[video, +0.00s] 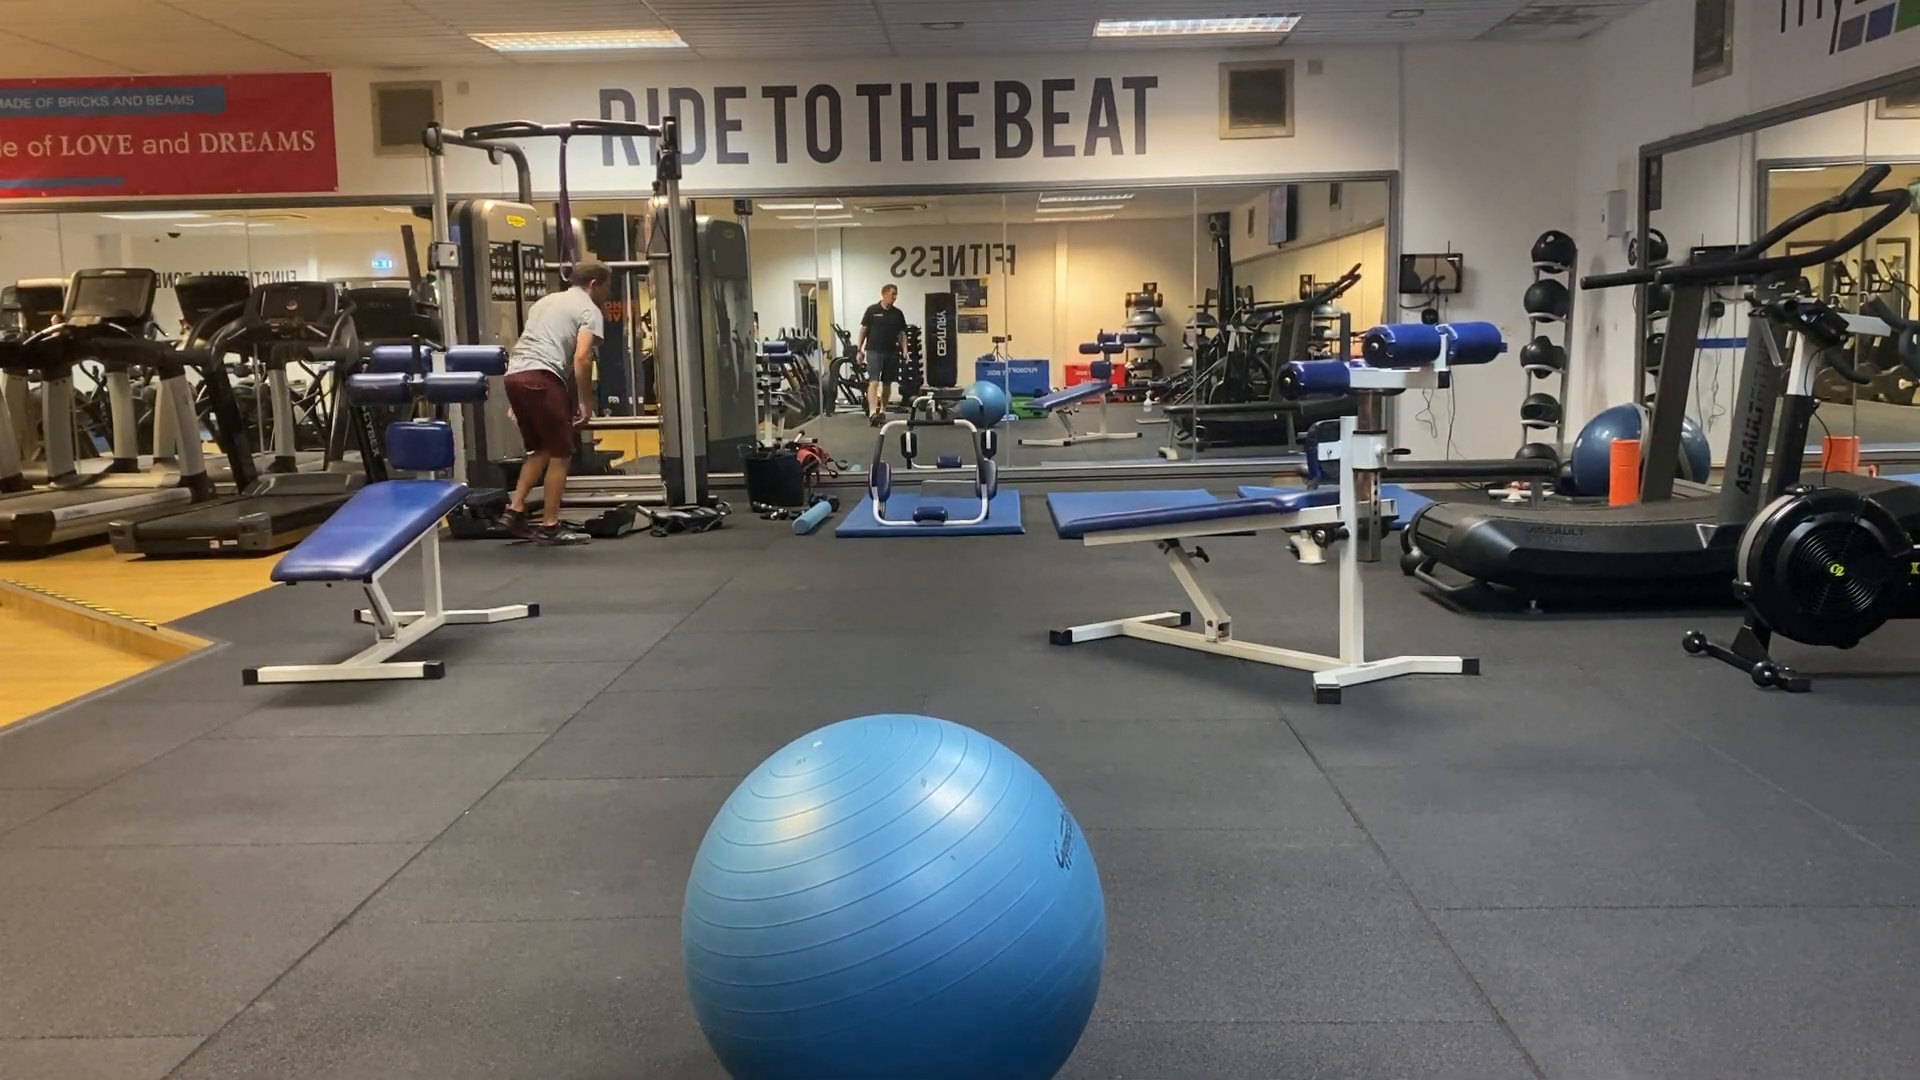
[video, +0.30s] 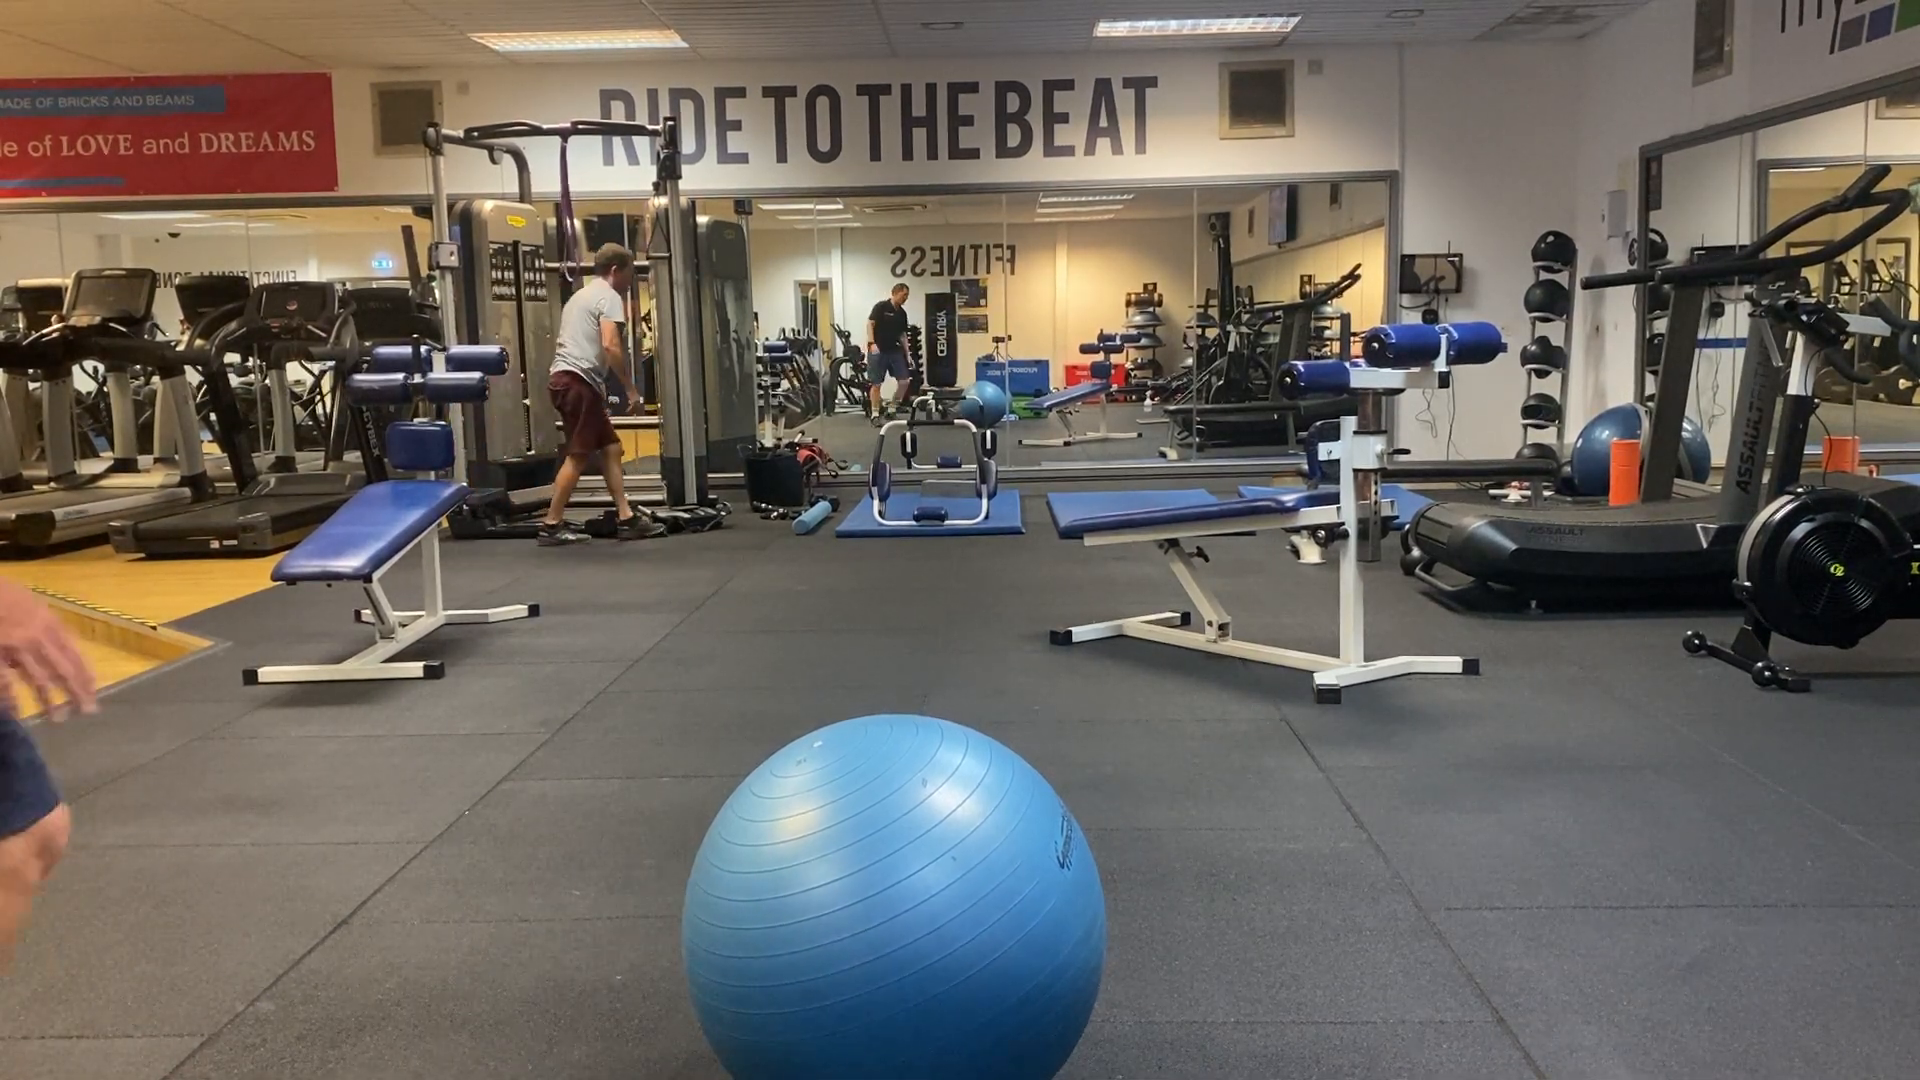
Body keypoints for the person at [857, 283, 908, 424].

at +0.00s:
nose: (895, 297)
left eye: (896, 295)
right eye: (892, 294)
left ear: (895, 296)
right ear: (884, 294)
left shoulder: (898, 313)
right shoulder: (872, 310)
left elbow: (902, 334)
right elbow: (863, 330)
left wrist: (905, 351)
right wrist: (859, 349)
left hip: (891, 352)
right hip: (874, 351)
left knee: (887, 383)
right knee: (874, 382)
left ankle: (883, 411)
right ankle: (873, 413)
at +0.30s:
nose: (906, 298)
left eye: (907, 296)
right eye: (904, 295)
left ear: (904, 296)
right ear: (895, 293)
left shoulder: (902, 313)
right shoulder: (880, 307)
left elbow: (903, 336)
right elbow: (870, 324)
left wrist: (908, 355)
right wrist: (871, 343)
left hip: (895, 350)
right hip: (878, 349)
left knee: (904, 380)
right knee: (876, 384)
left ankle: (892, 409)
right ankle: (875, 414)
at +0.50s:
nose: (922, 309)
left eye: (923, 306)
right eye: (921, 306)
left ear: (918, 305)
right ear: (913, 302)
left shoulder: (915, 324)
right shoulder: (894, 311)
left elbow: (917, 346)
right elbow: (880, 326)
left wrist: (926, 361)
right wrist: (884, 343)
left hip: (899, 353)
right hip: (881, 350)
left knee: (904, 383)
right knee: (877, 385)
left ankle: (910, 415)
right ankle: (875, 413)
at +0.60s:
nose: (927, 318)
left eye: (929, 316)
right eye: (926, 315)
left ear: (930, 316)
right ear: (920, 312)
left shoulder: (923, 332)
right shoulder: (901, 317)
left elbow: (929, 353)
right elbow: (884, 330)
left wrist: (943, 370)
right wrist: (887, 350)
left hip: (899, 355)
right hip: (883, 351)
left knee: (913, 384)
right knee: (879, 385)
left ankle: (913, 417)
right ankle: (866, 406)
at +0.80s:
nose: (939, 335)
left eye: (940, 333)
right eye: (938, 332)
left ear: (935, 331)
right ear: (930, 329)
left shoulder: (930, 344)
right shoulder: (912, 331)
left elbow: (941, 361)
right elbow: (892, 342)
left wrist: (961, 376)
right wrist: (894, 365)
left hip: (904, 364)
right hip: (886, 360)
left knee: (920, 386)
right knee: (882, 393)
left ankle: (912, 417)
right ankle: (851, 410)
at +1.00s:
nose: (937, 343)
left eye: (937, 340)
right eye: (936, 340)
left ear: (929, 338)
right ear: (928, 338)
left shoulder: (925, 351)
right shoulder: (913, 345)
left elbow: (935, 371)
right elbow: (898, 361)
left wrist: (951, 384)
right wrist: (907, 381)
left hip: (904, 376)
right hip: (888, 377)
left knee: (925, 387)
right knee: (892, 411)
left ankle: (902, 406)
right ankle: (859, 412)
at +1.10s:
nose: (933, 341)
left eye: (934, 339)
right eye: (932, 338)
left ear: (924, 338)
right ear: (923, 338)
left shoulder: (921, 351)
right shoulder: (911, 347)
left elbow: (927, 371)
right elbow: (901, 366)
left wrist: (944, 385)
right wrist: (914, 385)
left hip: (901, 381)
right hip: (890, 381)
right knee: (892, 417)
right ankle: (856, 414)